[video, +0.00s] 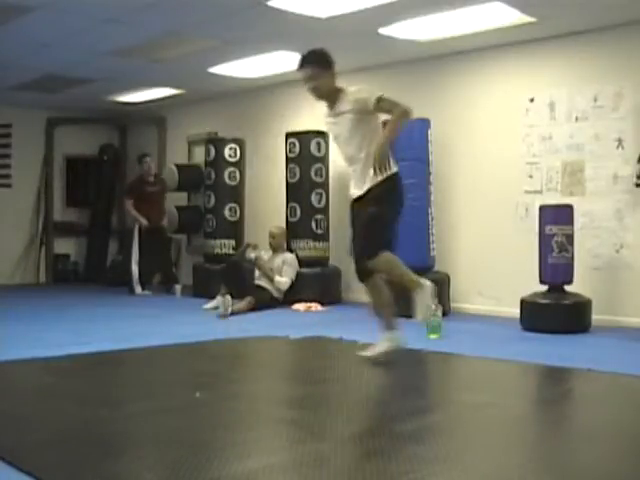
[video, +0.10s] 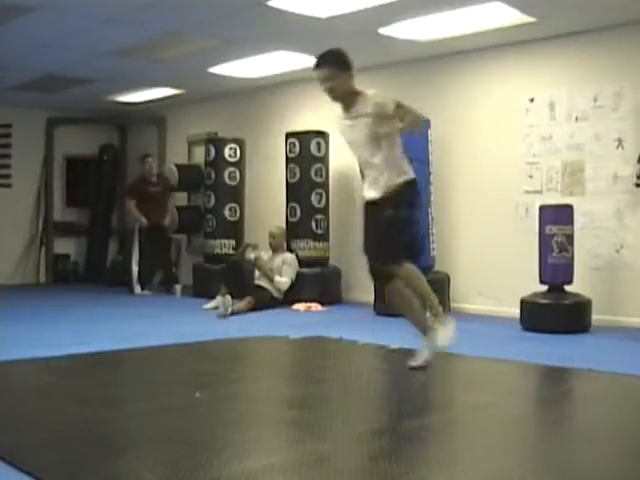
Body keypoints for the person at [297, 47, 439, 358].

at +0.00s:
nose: (310, 88)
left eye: (314, 79)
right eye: (306, 82)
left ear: (330, 73)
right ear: (305, 83)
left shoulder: (357, 99)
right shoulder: (331, 113)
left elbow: (402, 111)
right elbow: (355, 139)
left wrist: (383, 144)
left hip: (382, 185)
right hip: (359, 193)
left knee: (372, 254)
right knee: (365, 269)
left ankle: (421, 288)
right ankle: (390, 334)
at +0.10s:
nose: (327, 89)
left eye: (331, 81)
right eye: (322, 83)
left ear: (349, 75)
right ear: (321, 84)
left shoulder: (377, 104)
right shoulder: (343, 118)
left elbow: (416, 119)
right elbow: (363, 148)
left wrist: (392, 128)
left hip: (400, 188)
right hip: (373, 196)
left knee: (391, 259)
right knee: (381, 272)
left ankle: (440, 317)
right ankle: (428, 334)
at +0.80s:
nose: (385, 67)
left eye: (392, 58)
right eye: (380, 59)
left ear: (415, 52)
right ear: (376, 58)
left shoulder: (442, 97)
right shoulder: (368, 97)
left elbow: (490, 145)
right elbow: (354, 145)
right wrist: (337, 190)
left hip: (420, 216)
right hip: (365, 211)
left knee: (454, 298)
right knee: (321, 296)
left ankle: (469, 380)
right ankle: (293, 379)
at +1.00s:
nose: (333, 56)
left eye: (340, 46)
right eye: (325, 48)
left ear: (360, 44)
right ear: (318, 51)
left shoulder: (388, 92)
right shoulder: (304, 98)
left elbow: (458, 97)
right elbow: (271, 147)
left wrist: (448, 57)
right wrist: (241, 190)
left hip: (381, 220)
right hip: (324, 221)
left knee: (439, 293)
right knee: (287, 312)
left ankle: (464, 390)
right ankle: (251, 403)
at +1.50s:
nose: (321, 38)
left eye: (327, 34)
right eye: (313, 29)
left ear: (330, 44)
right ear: (290, 33)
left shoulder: (337, 100)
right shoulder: (249, 88)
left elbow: (349, 162)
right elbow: (223, 144)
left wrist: (359, 210)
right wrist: (225, 198)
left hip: (307, 222)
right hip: (252, 217)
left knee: (325, 309)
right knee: (227, 305)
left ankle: (318, 403)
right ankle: (215, 368)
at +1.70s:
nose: (271, 43)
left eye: (279, 38)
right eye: (266, 33)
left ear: (286, 45)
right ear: (251, 34)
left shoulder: (292, 98)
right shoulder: (213, 87)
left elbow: (299, 166)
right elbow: (194, 147)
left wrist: (300, 223)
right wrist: (186, 201)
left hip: (273, 216)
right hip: (216, 213)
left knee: (297, 301)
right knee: (193, 297)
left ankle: (314, 397)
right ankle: (198, 352)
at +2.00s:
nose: (175, 55)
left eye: (184, 48)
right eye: (172, 48)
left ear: (204, 53)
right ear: (168, 54)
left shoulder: (231, 95)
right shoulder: (169, 102)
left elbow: (272, 139)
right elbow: (166, 152)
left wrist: (303, 179)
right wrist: (151, 195)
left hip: (228, 203)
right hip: (187, 205)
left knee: (219, 292)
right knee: (176, 291)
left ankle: (225, 376)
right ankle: (192, 368)